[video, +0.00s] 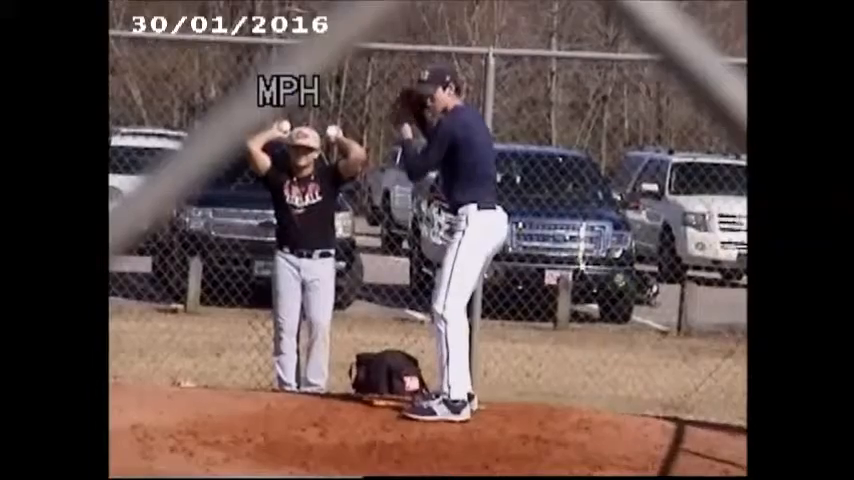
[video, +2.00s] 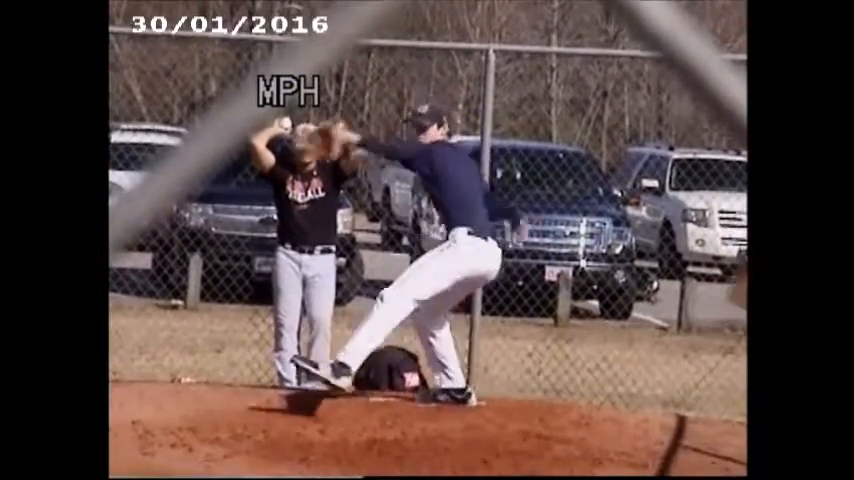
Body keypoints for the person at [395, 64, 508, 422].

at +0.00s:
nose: (428, 104)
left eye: (430, 97)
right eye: (426, 99)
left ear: (449, 90)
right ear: (450, 92)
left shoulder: (451, 122)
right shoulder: (469, 118)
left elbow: (417, 168)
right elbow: (433, 163)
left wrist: (407, 138)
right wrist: (417, 137)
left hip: (474, 218)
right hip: (487, 215)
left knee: (446, 306)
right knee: (452, 306)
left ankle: (455, 397)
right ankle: (459, 392)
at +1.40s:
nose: (427, 107)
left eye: (431, 100)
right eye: (424, 101)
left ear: (453, 93)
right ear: (455, 96)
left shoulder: (443, 125)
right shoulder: (475, 117)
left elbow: (406, 164)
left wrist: (399, 124)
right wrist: (418, 107)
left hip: (474, 216)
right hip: (496, 217)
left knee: (416, 288)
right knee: (447, 300)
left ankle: (441, 373)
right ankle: (461, 386)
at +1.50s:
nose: (424, 106)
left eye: (426, 100)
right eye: (421, 101)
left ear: (444, 90)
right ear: (448, 91)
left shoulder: (438, 122)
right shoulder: (474, 110)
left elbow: (398, 158)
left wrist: (406, 119)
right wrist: (420, 106)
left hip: (475, 212)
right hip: (499, 215)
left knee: (402, 255)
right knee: (457, 299)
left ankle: (440, 329)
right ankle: (459, 387)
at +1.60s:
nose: (417, 104)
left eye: (420, 97)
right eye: (415, 98)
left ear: (441, 90)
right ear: (446, 92)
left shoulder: (432, 120)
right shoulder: (473, 111)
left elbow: (389, 159)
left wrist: (416, 128)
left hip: (472, 212)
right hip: (500, 216)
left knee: (394, 234)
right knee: (461, 301)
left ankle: (427, 314)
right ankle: (459, 387)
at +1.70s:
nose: (416, 110)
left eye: (420, 103)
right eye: (414, 104)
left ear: (440, 97)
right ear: (444, 99)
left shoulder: (431, 127)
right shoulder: (472, 118)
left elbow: (388, 168)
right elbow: (484, 162)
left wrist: (411, 133)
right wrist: (450, 192)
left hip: (472, 216)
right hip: (503, 221)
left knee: (394, 236)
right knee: (458, 303)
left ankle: (402, 320)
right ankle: (460, 389)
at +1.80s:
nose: (420, 113)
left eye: (424, 106)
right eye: (418, 107)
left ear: (443, 102)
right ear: (444, 105)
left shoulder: (437, 131)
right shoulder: (469, 129)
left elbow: (392, 155)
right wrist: (446, 197)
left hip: (471, 221)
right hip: (500, 228)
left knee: (394, 252)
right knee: (445, 301)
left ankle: (368, 339)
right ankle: (457, 386)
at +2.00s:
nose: (418, 133)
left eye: (424, 128)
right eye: (417, 128)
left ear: (442, 128)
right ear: (444, 131)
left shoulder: (431, 154)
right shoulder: (466, 157)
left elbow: (393, 150)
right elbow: (488, 198)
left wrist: (359, 139)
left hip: (465, 247)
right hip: (490, 253)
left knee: (396, 297)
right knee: (428, 315)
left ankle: (343, 368)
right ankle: (454, 387)